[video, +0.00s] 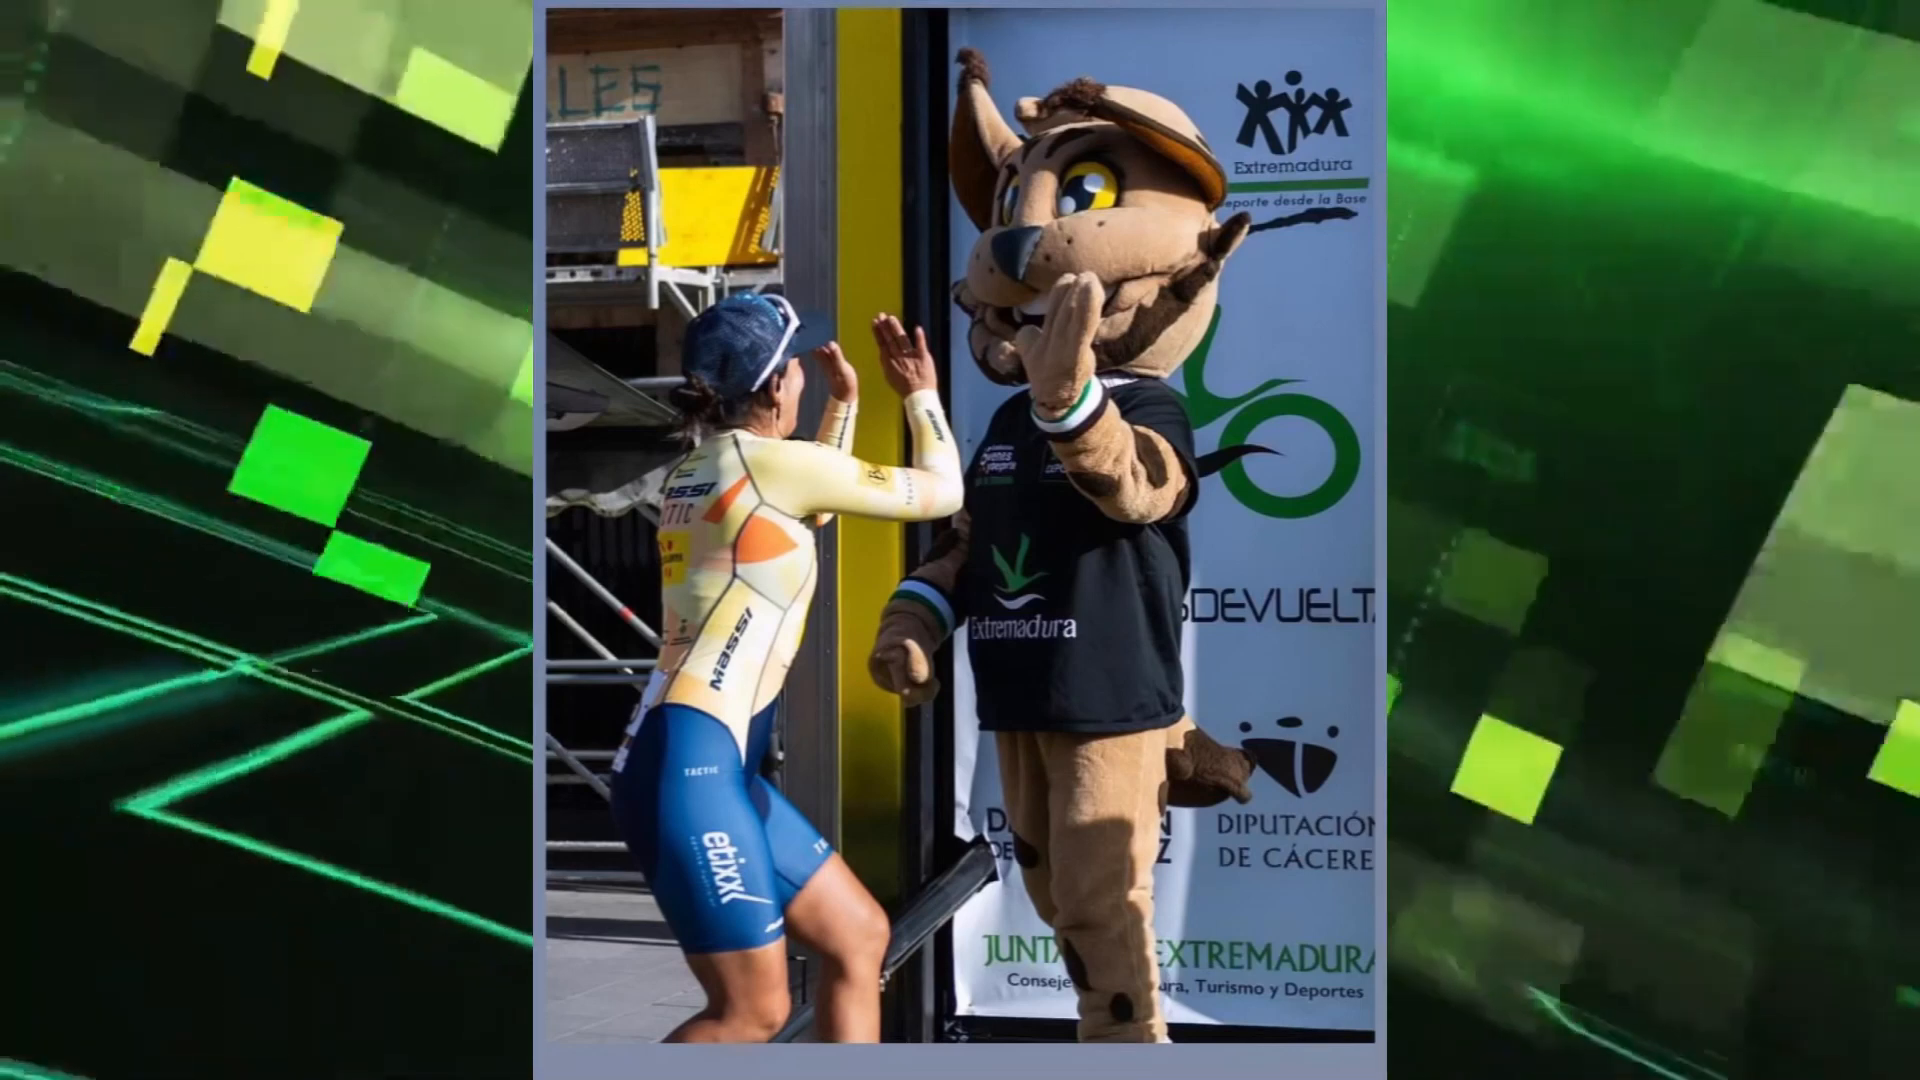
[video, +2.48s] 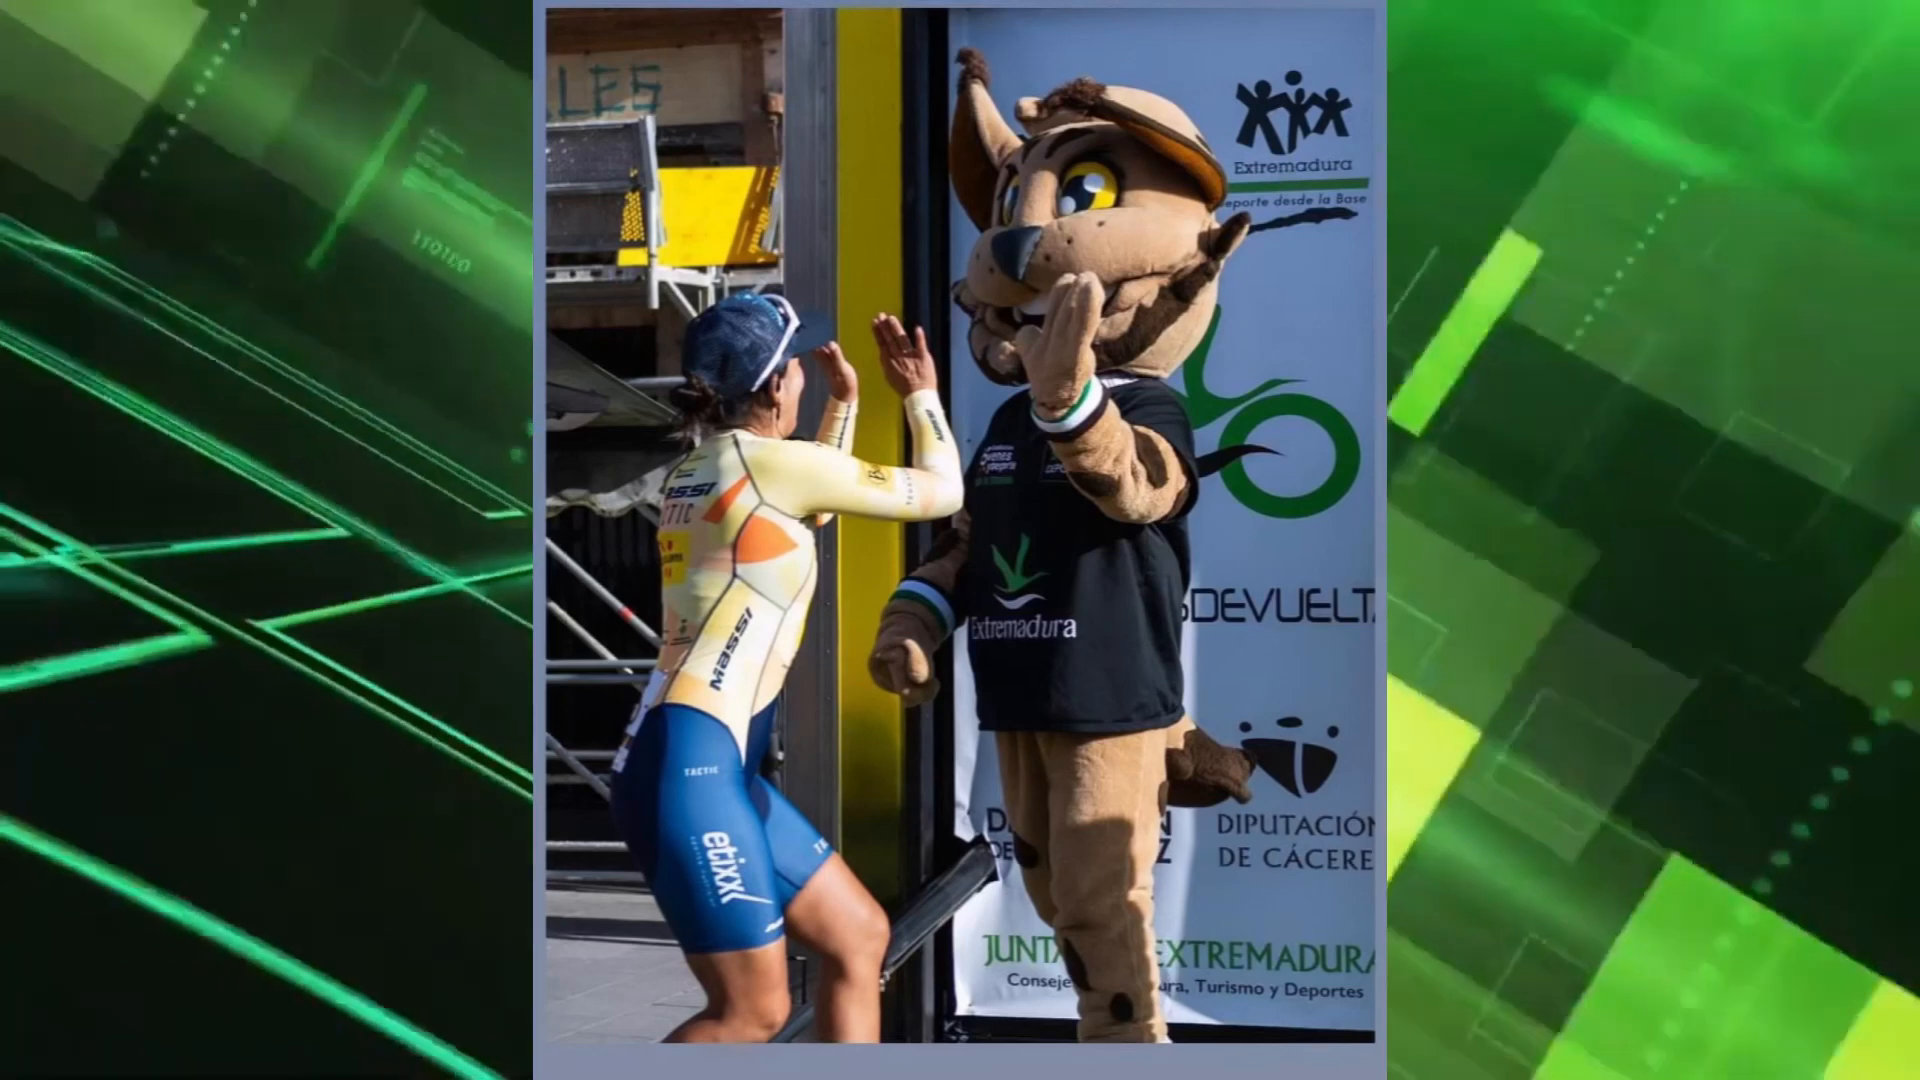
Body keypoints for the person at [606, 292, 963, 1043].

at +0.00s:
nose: (803, 377)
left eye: (799, 363)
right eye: (796, 364)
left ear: (715, 387)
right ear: (776, 380)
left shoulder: (692, 471)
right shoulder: (778, 465)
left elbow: (798, 494)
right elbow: (938, 492)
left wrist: (840, 412)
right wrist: (924, 395)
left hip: (714, 770)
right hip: (686, 774)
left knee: (860, 934)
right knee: (754, 1010)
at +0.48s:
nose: (803, 377)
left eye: (799, 363)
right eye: (796, 364)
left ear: (715, 387)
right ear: (776, 380)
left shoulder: (692, 471)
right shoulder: (778, 465)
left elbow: (798, 494)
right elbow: (938, 492)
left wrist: (840, 412)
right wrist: (924, 396)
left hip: (714, 770)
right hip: (686, 774)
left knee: (860, 934)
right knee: (754, 1010)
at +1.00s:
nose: (803, 377)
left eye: (800, 363)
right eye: (796, 364)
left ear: (715, 387)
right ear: (776, 380)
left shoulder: (692, 471)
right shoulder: (778, 465)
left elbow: (798, 494)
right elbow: (938, 492)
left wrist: (840, 412)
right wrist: (924, 395)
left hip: (714, 770)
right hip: (686, 774)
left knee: (860, 934)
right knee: (754, 1010)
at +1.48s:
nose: (803, 377)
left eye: (800, 362)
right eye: (797, 364)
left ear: (715, 387)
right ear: (777, 380)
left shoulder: (694, 471)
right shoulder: (781, 465)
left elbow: (798, 494)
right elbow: (938, 492)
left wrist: (841, 411)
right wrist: (924, 395)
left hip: (714, 769)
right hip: (686, 774)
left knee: (860, 934)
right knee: (754, 1010)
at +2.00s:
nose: (803, 377)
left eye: (800, 363)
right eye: (796, 364)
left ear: (716, 387)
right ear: (776, 381)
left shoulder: (693, 471)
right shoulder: (778, 465)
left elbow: (802, 495)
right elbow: (939, 492)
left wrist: (841, 410)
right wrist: (924, 396)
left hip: (714, 769)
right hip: (686, 774)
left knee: (860, 933)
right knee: (754, 1009)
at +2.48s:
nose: (803, 377)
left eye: (799, 363)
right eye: (796, 364)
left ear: (715, 387)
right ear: (776, 381)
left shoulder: (692, 471)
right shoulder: (778, 465)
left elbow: (798, 494)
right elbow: (938, 492)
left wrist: (840, 412)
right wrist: (924, 396)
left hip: (714, 770)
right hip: (686, 774)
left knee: (860, 934)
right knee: (754, 1010)